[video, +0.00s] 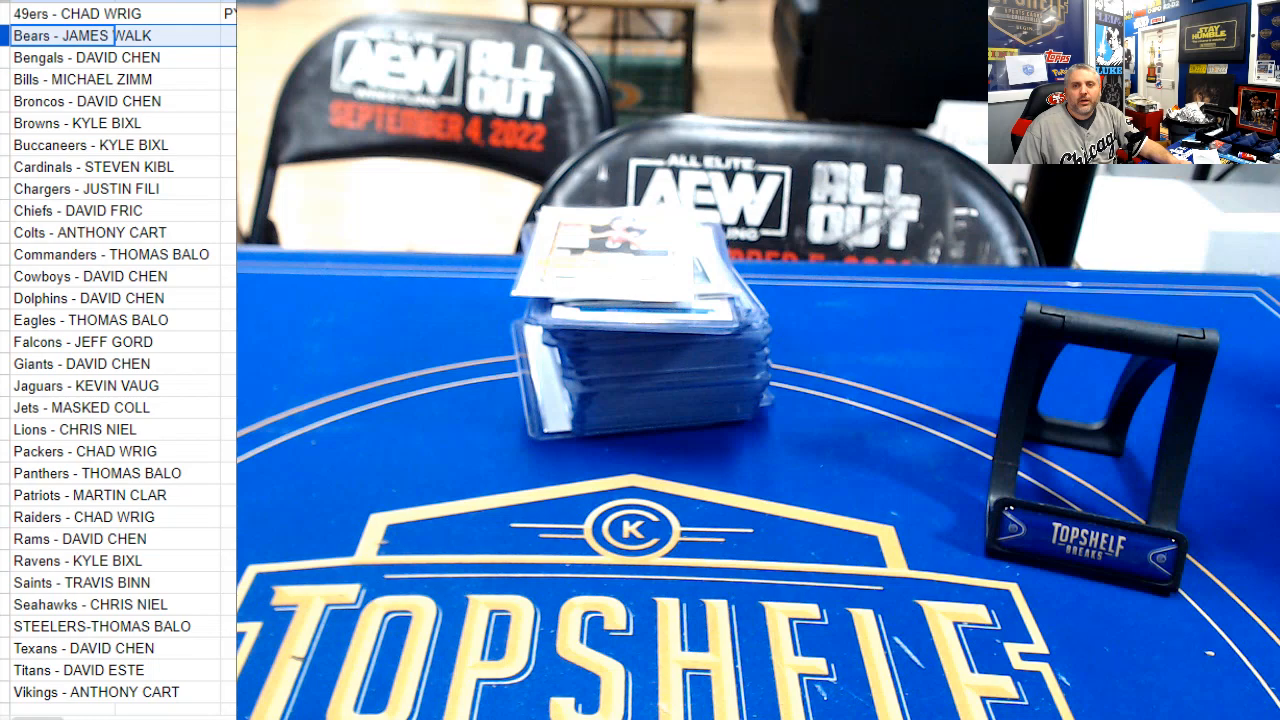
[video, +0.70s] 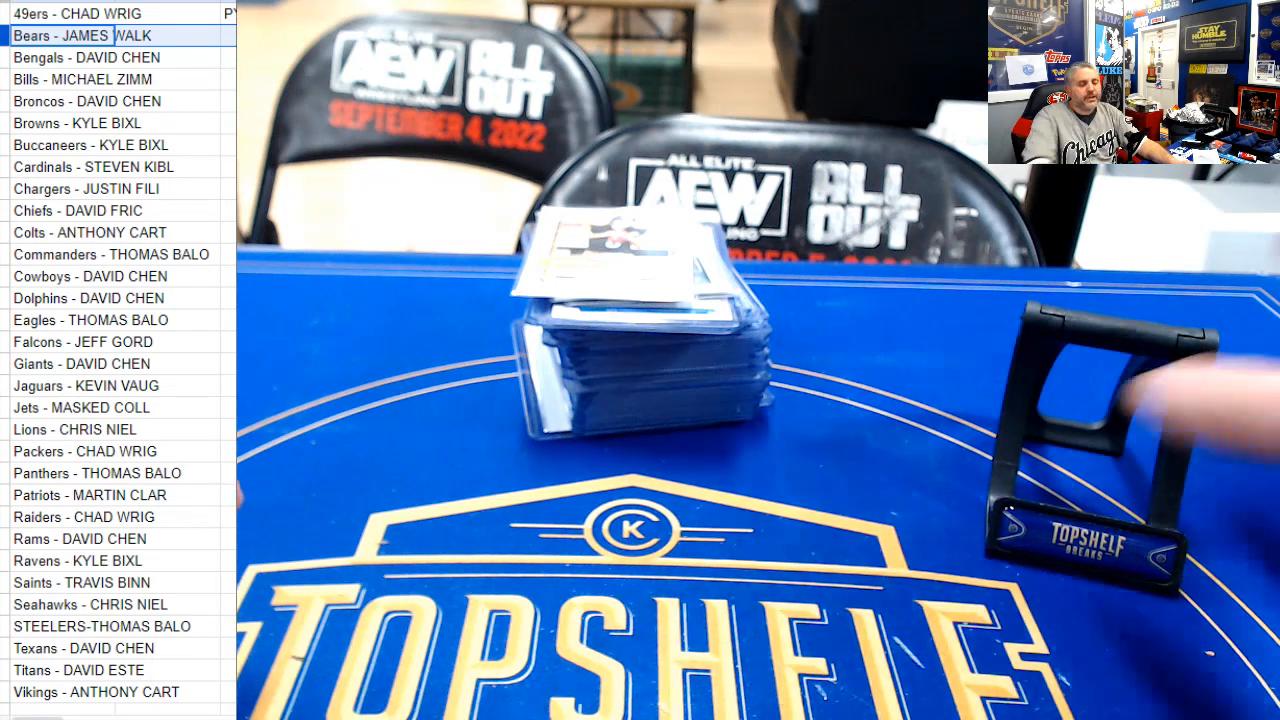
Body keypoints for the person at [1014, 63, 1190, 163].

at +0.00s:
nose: (1083, 91)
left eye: (1090, 85)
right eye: (1076, 86)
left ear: (1099, 90)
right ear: (1066, 93)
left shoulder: (1110, 114)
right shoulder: (1043, 125)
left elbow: (1144, 145)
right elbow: (1020, 175)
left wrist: (1177, 163)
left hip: (1109, 192)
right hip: (1061, 197)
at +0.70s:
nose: (1091, 89)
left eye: (1094, 82)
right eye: (1082, 84)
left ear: (1100, 85)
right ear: (1068, 90)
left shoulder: (1109, 112)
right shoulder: (1049, 117)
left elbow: (1140, 143)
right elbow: (1038, 168)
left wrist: (1173, 163)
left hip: (1111, 186)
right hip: (1068, 190)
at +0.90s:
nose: (1092, 87)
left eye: (1095, 81)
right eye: (1083, 82)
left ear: (1101, 84)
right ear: (1068, 90)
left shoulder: (1110, 112)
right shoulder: (1052, 116)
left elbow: (1144, 145)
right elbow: (1060, 160)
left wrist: (1177, 164)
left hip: (1115, 182)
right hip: (1076, 189)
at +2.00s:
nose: (1092, 89)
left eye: (1094, 82)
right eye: (1082, 85)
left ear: (1099, 84)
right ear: (1065, 93)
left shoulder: (1109, 111)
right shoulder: (1052, 121)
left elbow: (1150, 146)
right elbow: (1079, 171)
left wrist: (1184, 169)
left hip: (1114, 185)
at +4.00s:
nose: (1081, 89)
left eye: (1083, 81)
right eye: (1070, 86)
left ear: (1090, 84)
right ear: (1057, 95)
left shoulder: (1107, 113)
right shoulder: (1045, 123)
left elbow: (1147, 150)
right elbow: (1067, 176)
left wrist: (1183, 171)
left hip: (1112, 188)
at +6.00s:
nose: (1078, 93)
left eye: (1080, 84)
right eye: (1068, 89)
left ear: (1087, 84)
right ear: (1052, 97)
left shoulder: (1104, 113)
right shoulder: (1041, 123)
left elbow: (1145, 149)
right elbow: (1061, 175)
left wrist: (1183, 170)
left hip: (1112, 188)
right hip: (1069, 197)